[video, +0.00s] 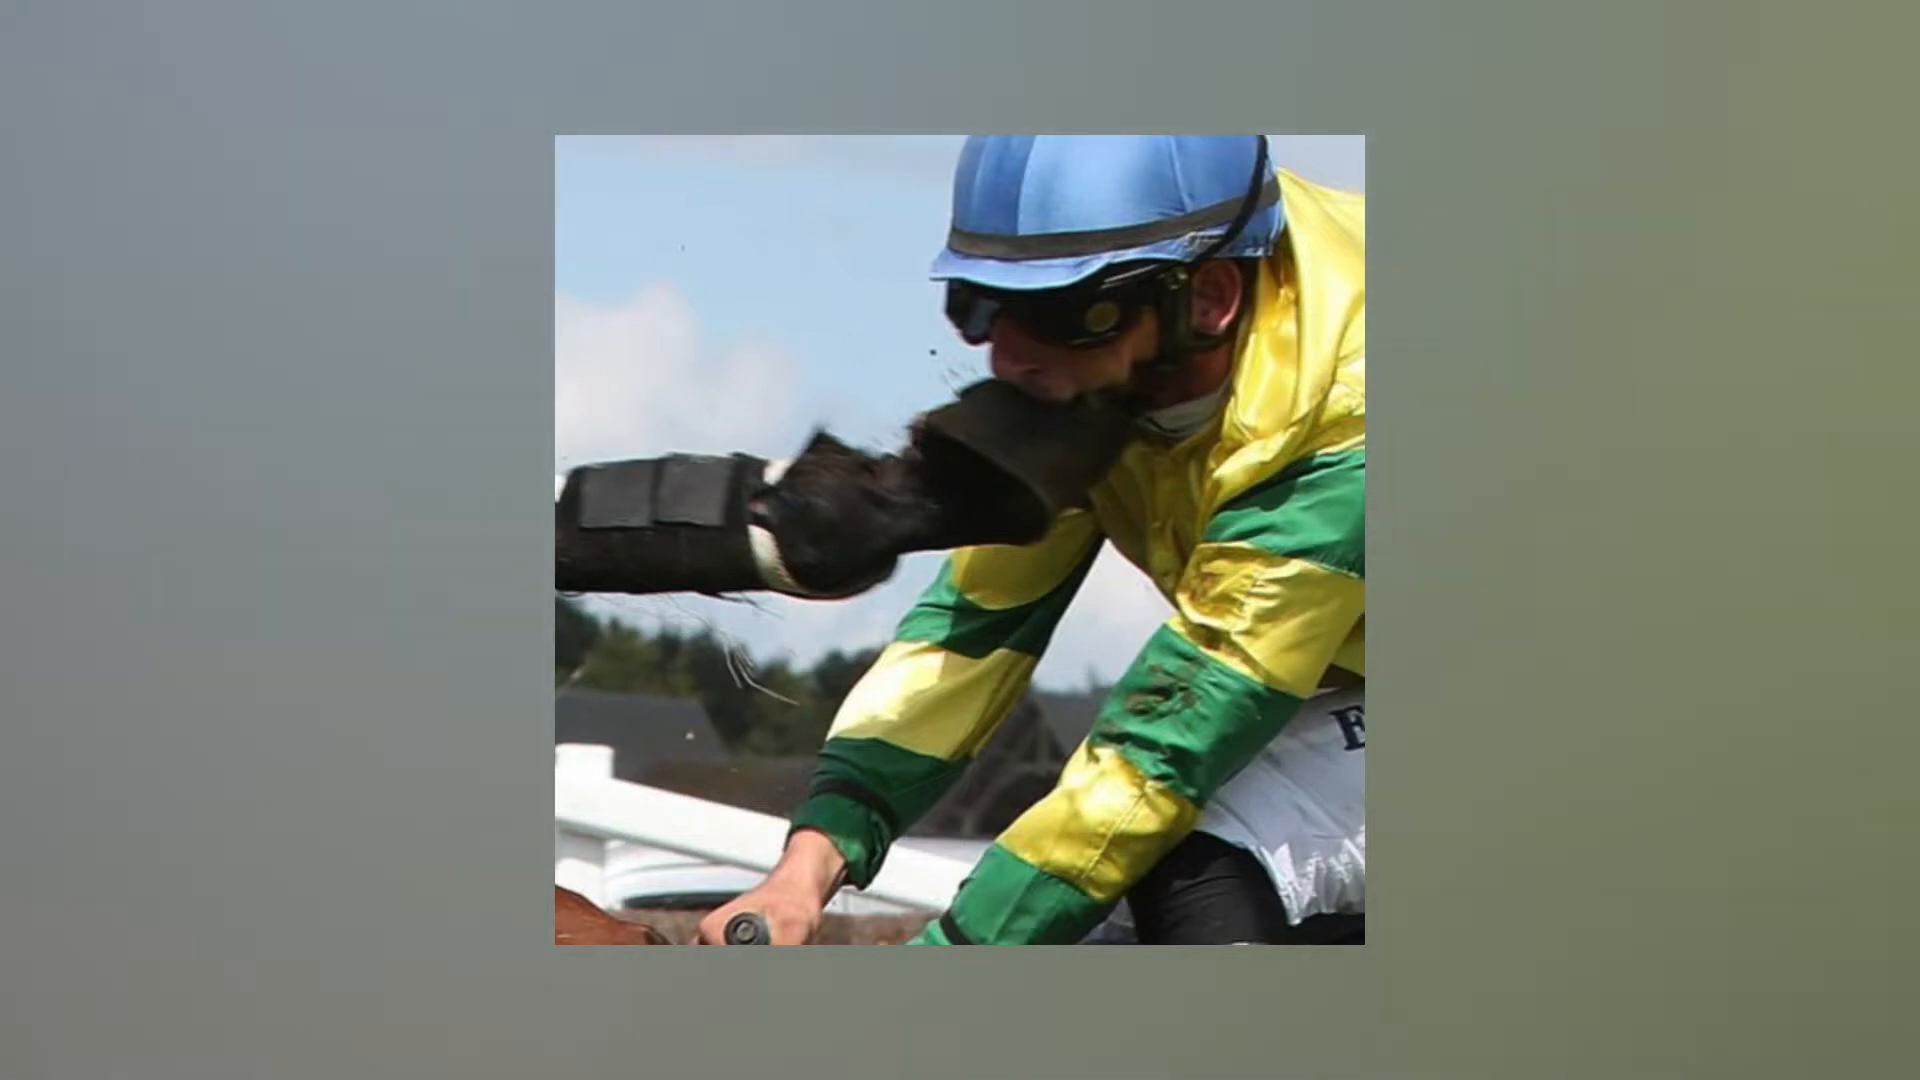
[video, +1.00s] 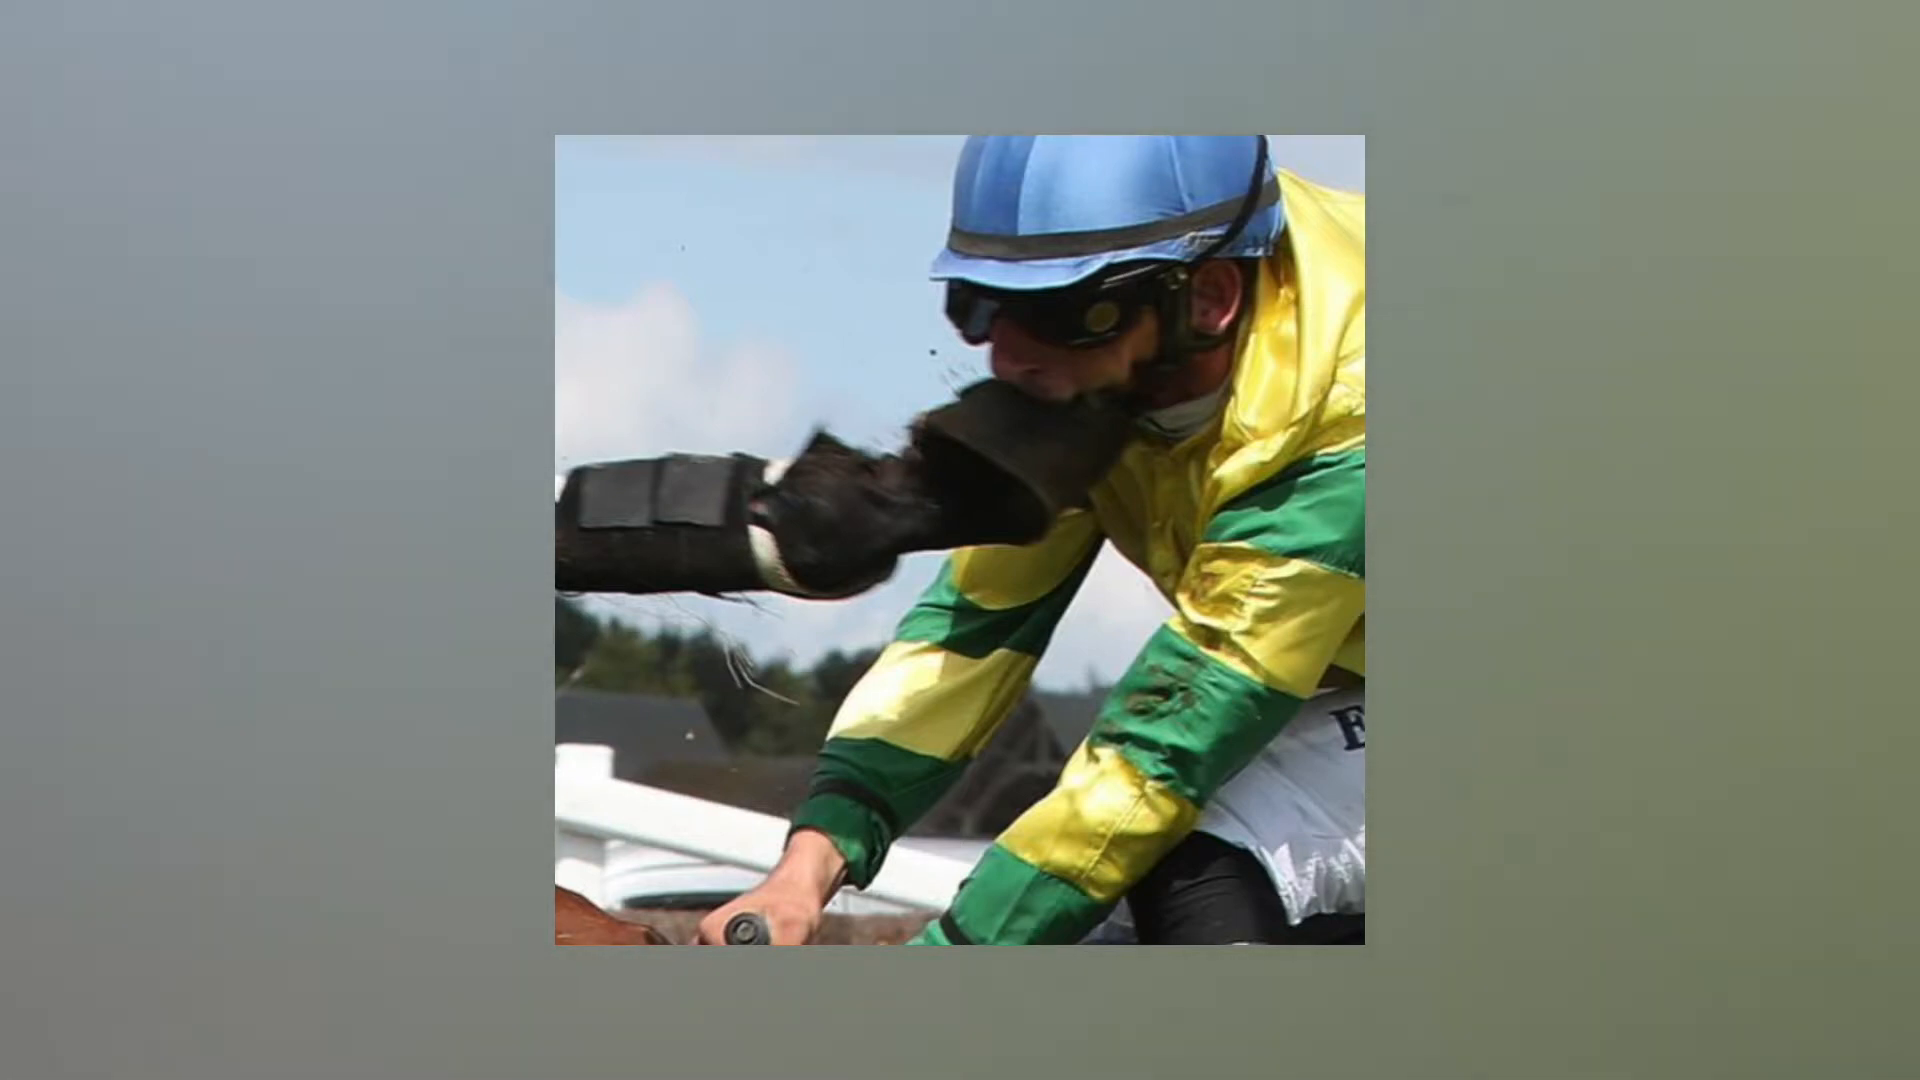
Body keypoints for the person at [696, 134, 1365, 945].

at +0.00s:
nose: (1005, 358)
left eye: (1055, 319)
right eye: (988, 309)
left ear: (1209, 299)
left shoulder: (1341, 428)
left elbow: (1160, 751)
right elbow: (969, 624)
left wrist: (933, 963)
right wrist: (804, 872)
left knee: (1204, 863)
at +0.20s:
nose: (1005, 358)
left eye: (1055, 319)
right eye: (988, 309)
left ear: (1209, 299)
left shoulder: (1341, 429)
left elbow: (1159, 752)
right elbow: (969, 624)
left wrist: (932, 965)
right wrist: (804, 872)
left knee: (1204, 861)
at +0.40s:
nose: (1005, 359)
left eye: (1055, 319)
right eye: (988, 309)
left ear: (1209, 299)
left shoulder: (1341, 428)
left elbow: (1160, 751)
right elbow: (969, 623)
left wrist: (931, 966)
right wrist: (804, 872)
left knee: (1203, 861)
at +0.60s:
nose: (1005, 358)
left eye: (1055, 319)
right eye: (988, 309)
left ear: (1209, 299)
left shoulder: (1341, 428)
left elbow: (1160, 752)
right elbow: (969, 624)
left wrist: (932, 966)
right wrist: (804, 872)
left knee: (1203, 861)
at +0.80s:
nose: (1005, 358)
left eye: (1055, 319)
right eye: (987, 309)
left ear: (1209, 299)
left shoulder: (1341, 429)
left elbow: (1160, 752)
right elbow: (969, 624)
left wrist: (932, 964)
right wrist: (804, 873)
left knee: (1204, 863)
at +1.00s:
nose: (1005, 358)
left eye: (1055, 318)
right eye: (988, 309)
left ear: (1210, 299)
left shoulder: (1340, 428)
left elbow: (1159, 752)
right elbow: (969, 624)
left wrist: (931, 964)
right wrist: (804, 872)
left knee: (1204, 863)